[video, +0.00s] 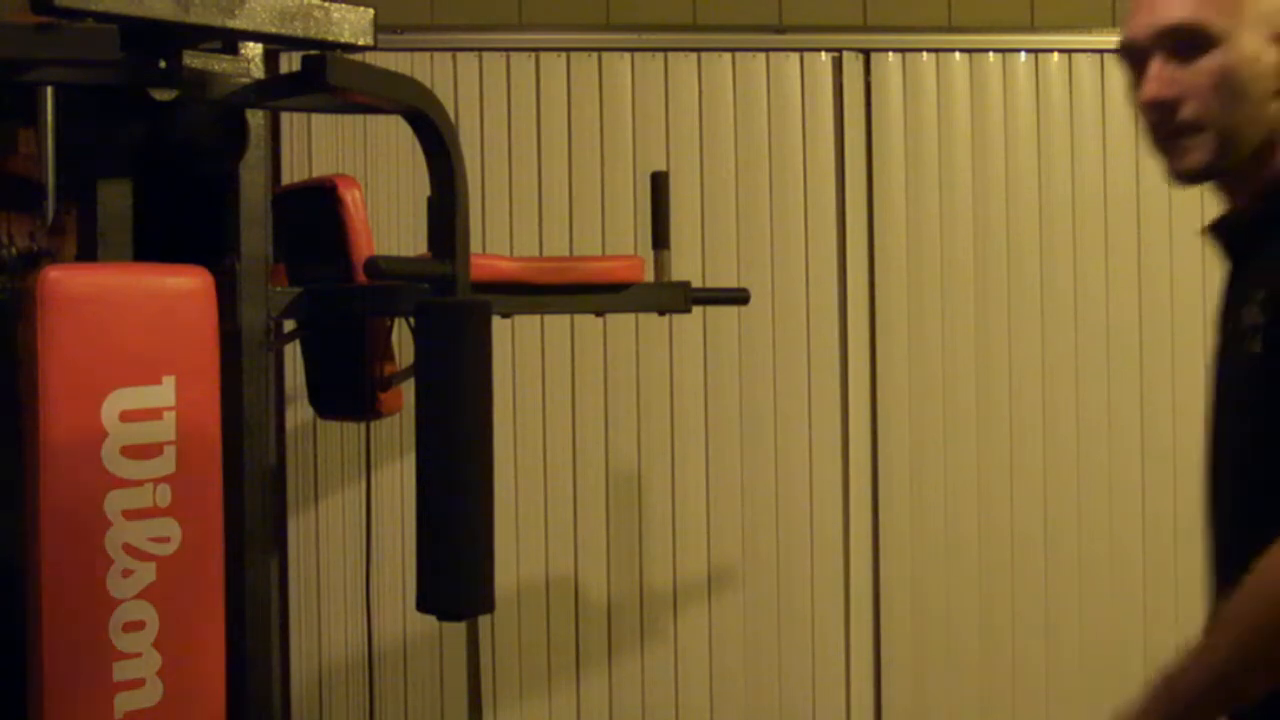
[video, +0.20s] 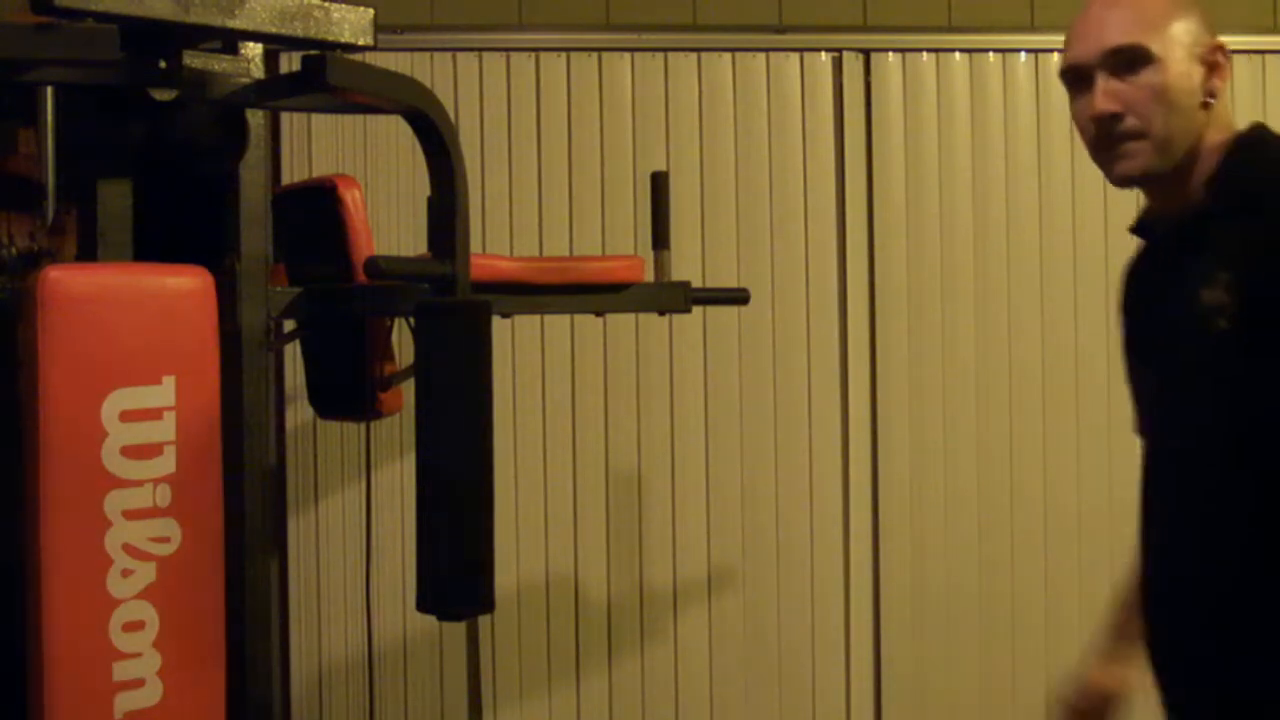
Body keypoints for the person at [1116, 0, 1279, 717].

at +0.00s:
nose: (1153, 90)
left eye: (1190, 48)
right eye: (1137, 61)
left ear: (1277, 43)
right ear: (1127, 71)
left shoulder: (1270, 255)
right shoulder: (1253, 255)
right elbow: (1256, 530)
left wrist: (1162, 708)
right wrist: (1203, 699)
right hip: (1258, 696)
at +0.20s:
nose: (1100, 105)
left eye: (1130, 67)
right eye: (1079, 82)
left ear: (1214, 72)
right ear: (1067, 100)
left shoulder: (1271, 207)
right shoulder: (1152, 271)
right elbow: (1183, 485)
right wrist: (1118, 654)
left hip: (1278, 662)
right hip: (1204, 675)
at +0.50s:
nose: (1123, 99)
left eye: (1148, 68)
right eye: (1099, 81)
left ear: (1208, 83)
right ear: (1083, 107)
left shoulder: (1275, 217)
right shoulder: (1083, 285)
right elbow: (1079, 474)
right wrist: (1037, 653)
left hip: (1277, 643)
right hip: (1157, 659)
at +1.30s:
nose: (1166, 141)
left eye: (1188, 120)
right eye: (1146, 121)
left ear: (1222, 142)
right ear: (1116, 141)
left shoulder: (1264, 269)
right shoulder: (1049, 272)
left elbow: (1275, 431)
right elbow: (1010, 436)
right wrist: (996, 601)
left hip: (1219, 591)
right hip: (1078, 590)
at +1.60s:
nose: (1084, 144)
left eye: (1106, 125)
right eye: (1063, 127)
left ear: (1139, 146)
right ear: (1038, 149)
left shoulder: (1192, 272)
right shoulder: (978, 275)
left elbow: (1223, 446)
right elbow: (937, 432)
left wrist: (1194, 614)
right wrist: (935, 591)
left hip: (1138, 588)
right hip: (1006, 588)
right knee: (983, 716)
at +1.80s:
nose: (1036, 159)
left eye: (1056, 141)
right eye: (1014, 143)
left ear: (1088, 164)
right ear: (988, 169)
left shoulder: (1147, 283)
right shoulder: (941, 288)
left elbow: (1171, 451)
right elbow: (845, 437)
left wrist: (1163, 608)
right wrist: (912, 563)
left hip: (1091, 591)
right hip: (957, 594)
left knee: (1122, 711)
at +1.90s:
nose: (1018, 152)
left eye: (1038, 134)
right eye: (996, 135)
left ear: (1068, 157)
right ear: (969, 162)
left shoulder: (1132, 276)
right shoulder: (923, 284)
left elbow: (1168, 437)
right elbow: (824, 427)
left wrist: (1145, 567)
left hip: (1082, 597)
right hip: (951, 596)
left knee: (1116, 716)